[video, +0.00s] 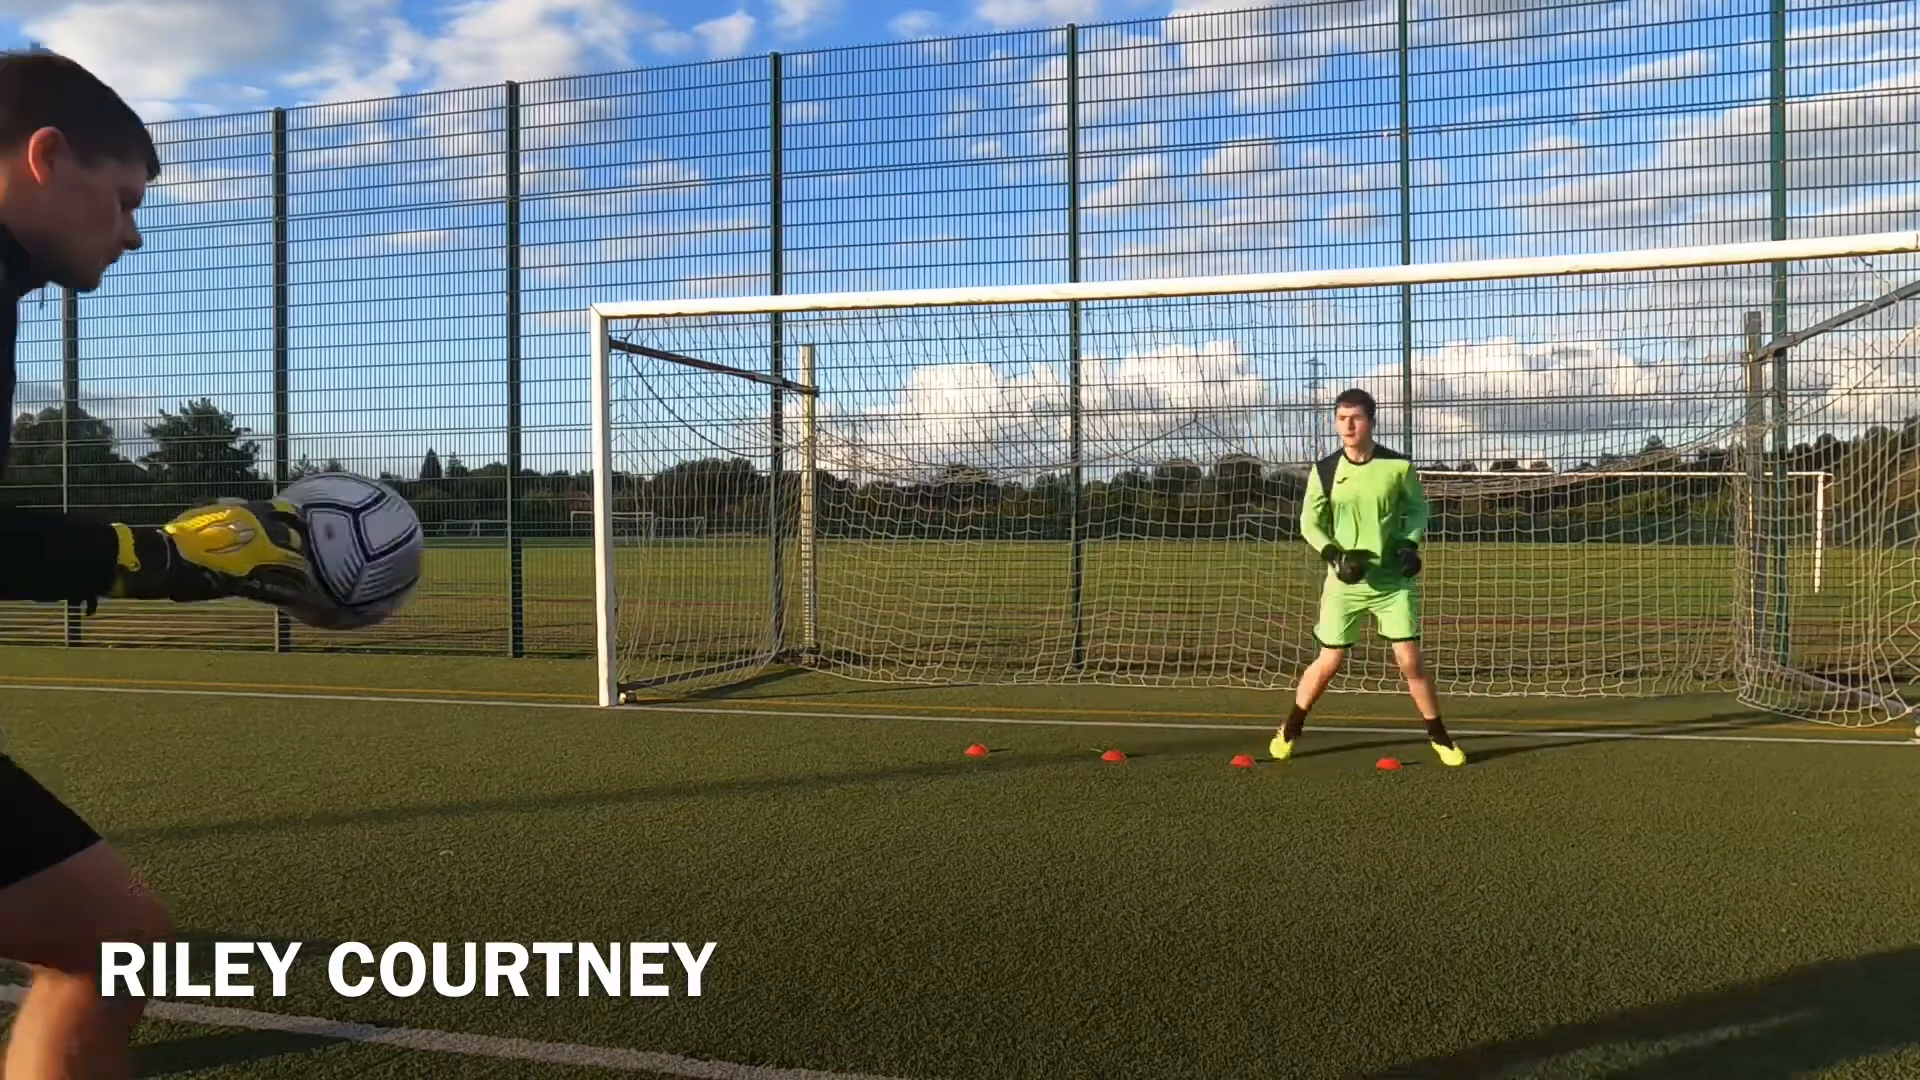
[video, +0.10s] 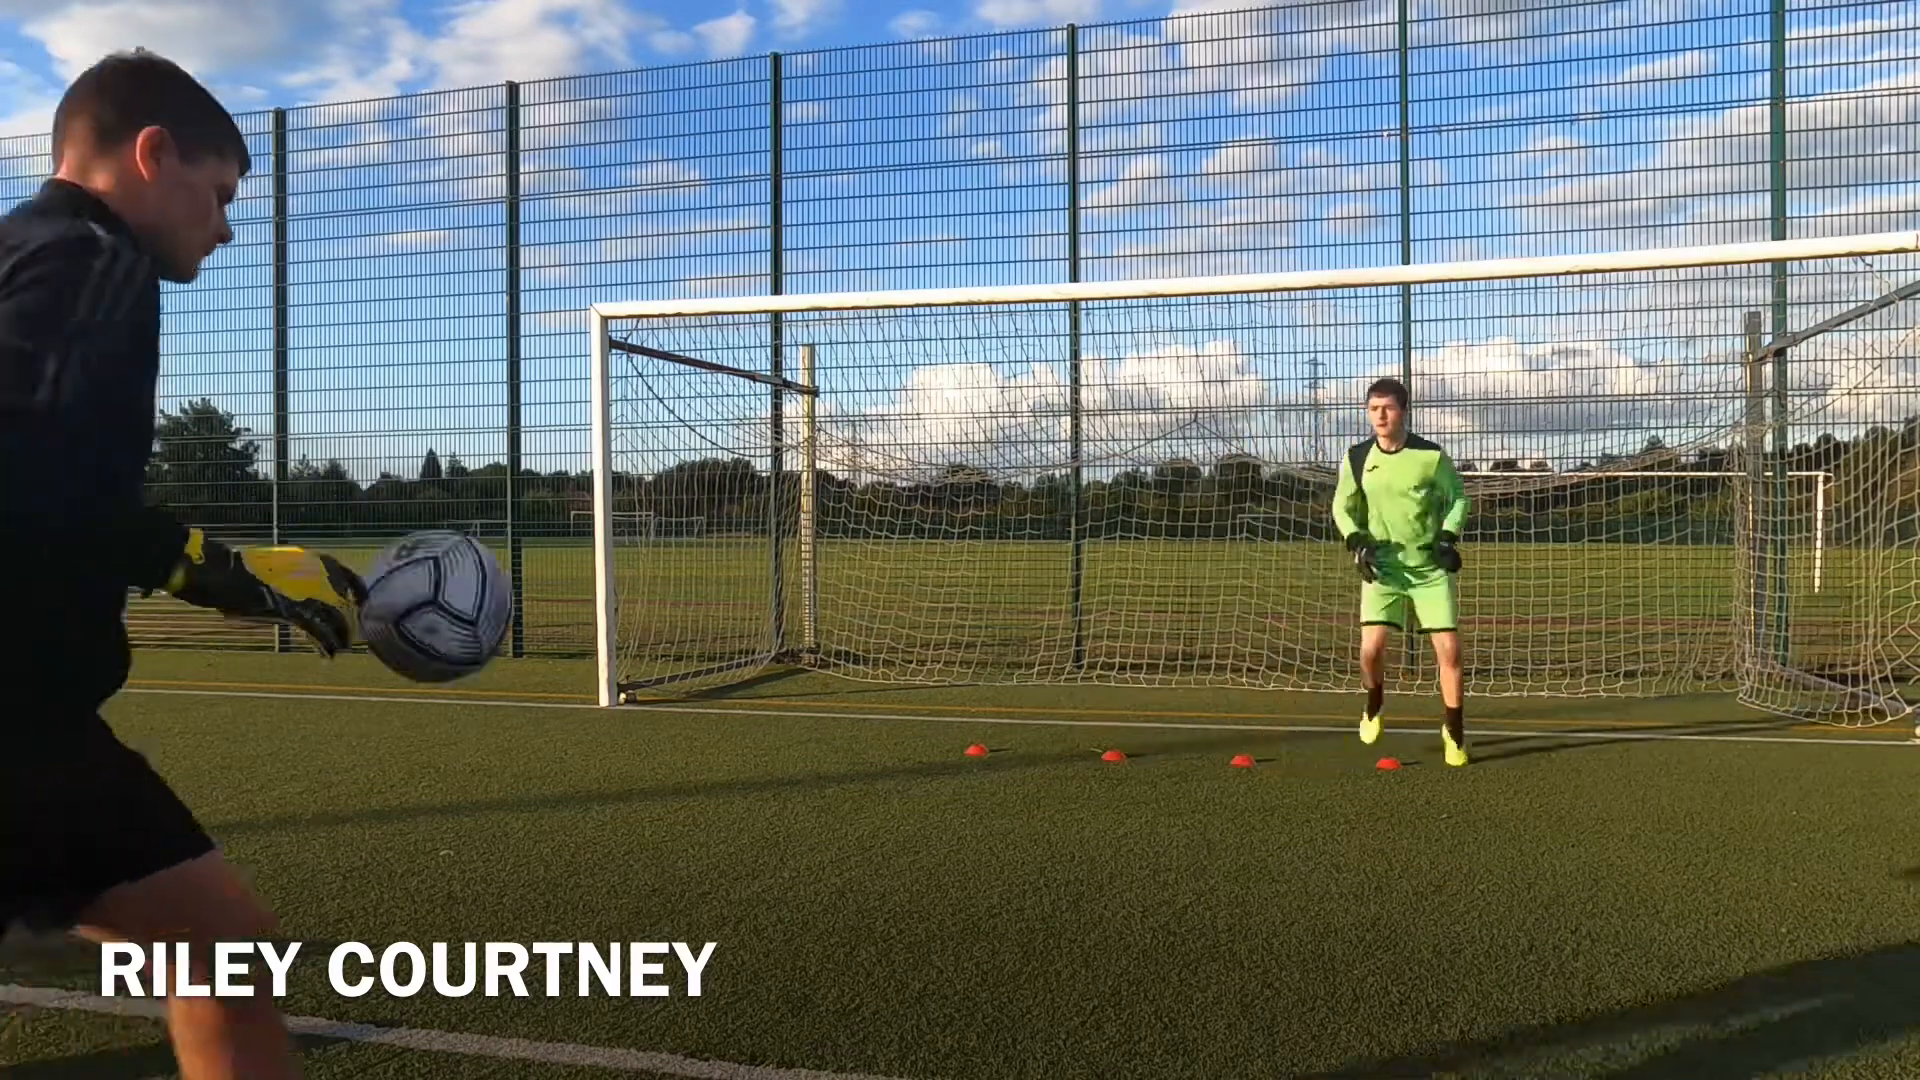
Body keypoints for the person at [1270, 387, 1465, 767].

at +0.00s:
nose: (1348, 426)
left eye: (1356, 418)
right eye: (1342, 419)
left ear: (1372, 421)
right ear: (1335, 424)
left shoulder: (1400, 467)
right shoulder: (1323, 471)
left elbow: (1417, 512)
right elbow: (1309, 523)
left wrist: (1410, 544)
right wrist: (1334, 556)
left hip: (1394, 583)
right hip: (1343, 584)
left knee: (1411, 663)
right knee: (1330, 662)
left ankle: (1440, 737)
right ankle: (1289, 731)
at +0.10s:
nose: (1381, 416)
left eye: (1389, 409)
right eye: (1375, 409)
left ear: (1405, 411)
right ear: (1367, 414)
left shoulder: (1432, 456)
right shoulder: (1356, 458)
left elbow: (1458, 500)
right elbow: (1342, 508)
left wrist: (1447, 536)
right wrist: (1357, 543)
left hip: (1429, 568)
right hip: (1380, 568)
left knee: (1450, 651)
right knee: (1370, 650)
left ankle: (1454, 732)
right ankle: (1374, 704)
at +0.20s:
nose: (1413, 414)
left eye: (1421, 406)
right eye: (1407, 407)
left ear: (1435, 409)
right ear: (1399, 411)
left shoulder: (1464, 455)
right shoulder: (1385, 457)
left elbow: (1491, 499)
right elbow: (1376, 502)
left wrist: (1483, 534)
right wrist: (1391, 535)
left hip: (1466, 566)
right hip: (1416, 571)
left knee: (1499, 644)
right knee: (1412, 657)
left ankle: (1520, 721)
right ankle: (1434, 714)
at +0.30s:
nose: (1442, 428)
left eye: (1450, 421)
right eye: (1436, 421)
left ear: (1465, 424)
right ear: (1428, 427)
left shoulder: (1494, 471)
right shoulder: (1415, 475)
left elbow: (1521, 515)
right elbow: (1413, 524)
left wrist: (1511, 545)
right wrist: (1423, 551)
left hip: (1498, 580)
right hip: (1448, 586)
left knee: (1541, 661)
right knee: (1447, 675)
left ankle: (1597, 741)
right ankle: (1460, 735)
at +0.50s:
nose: (1489, 434)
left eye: (1496, 426)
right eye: (1482, 427)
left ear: (1511, 431)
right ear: (1475, 433)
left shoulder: (1537, 478)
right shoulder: (1466, 482)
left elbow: (1549, 539)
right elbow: (1460, 539)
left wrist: (1534, 541)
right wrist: (1446, 540)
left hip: (1541, 594)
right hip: (1491, 597)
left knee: (1578, 674)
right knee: (1474, 675)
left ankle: (1609, 747)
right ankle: (1465, 736)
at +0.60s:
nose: (1505, 420)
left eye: (1513, 413)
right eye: (1499, 414)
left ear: (1528, 419)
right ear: (1490, 420)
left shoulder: (1547, 464)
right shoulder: (1477, 467)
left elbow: (1554, 524)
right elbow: (1453, 513)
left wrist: (1540, 496)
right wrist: (1459, 482)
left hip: (1548, 586)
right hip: (1497, 589)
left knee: (1578, 669)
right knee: (1478, 671)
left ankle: (1609, 747)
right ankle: (1465, 739)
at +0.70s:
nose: (1529, 411)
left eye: (1536, 403)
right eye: (1521, 404)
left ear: (1549, 410)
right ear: (1511, 411)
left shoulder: (1553, 459)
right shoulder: (1495, 452)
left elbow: (1565, 489)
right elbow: (1472, 458)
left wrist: (1565, 444)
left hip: (1544, 582)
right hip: (1493, 581)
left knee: (1578, 666)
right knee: (1478, 666)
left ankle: (1609, 748)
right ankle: (1462, 738)